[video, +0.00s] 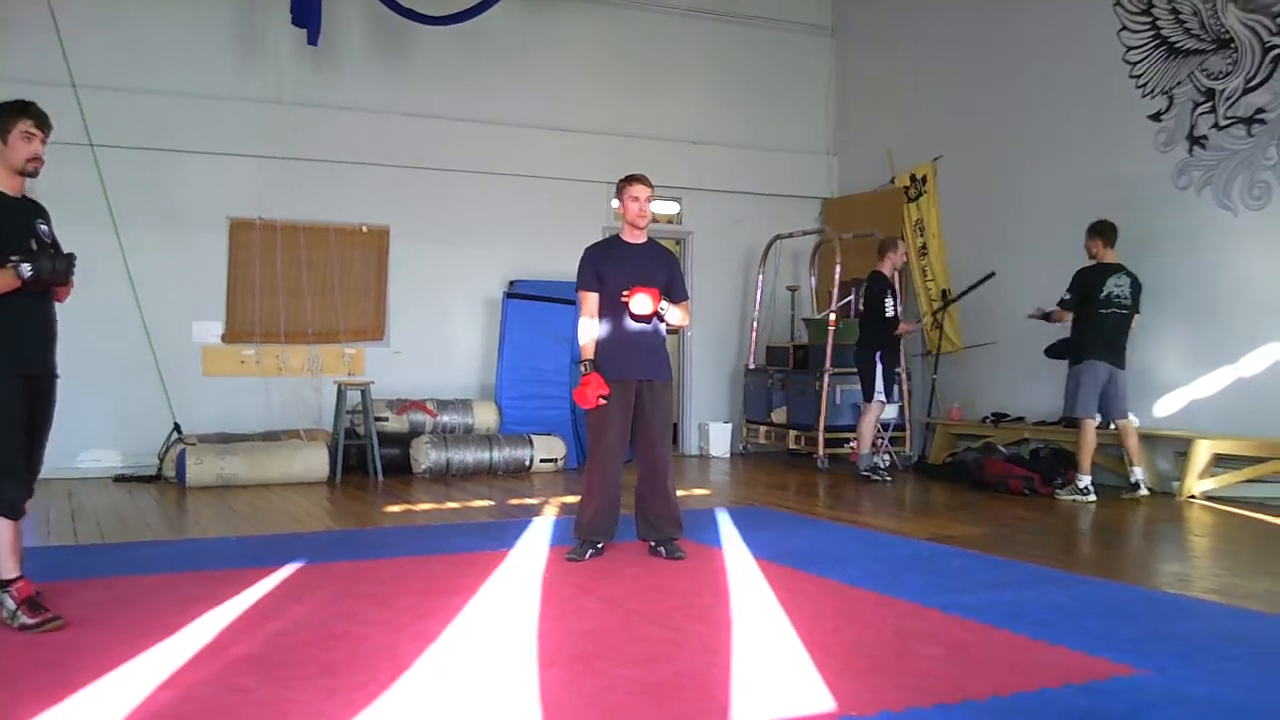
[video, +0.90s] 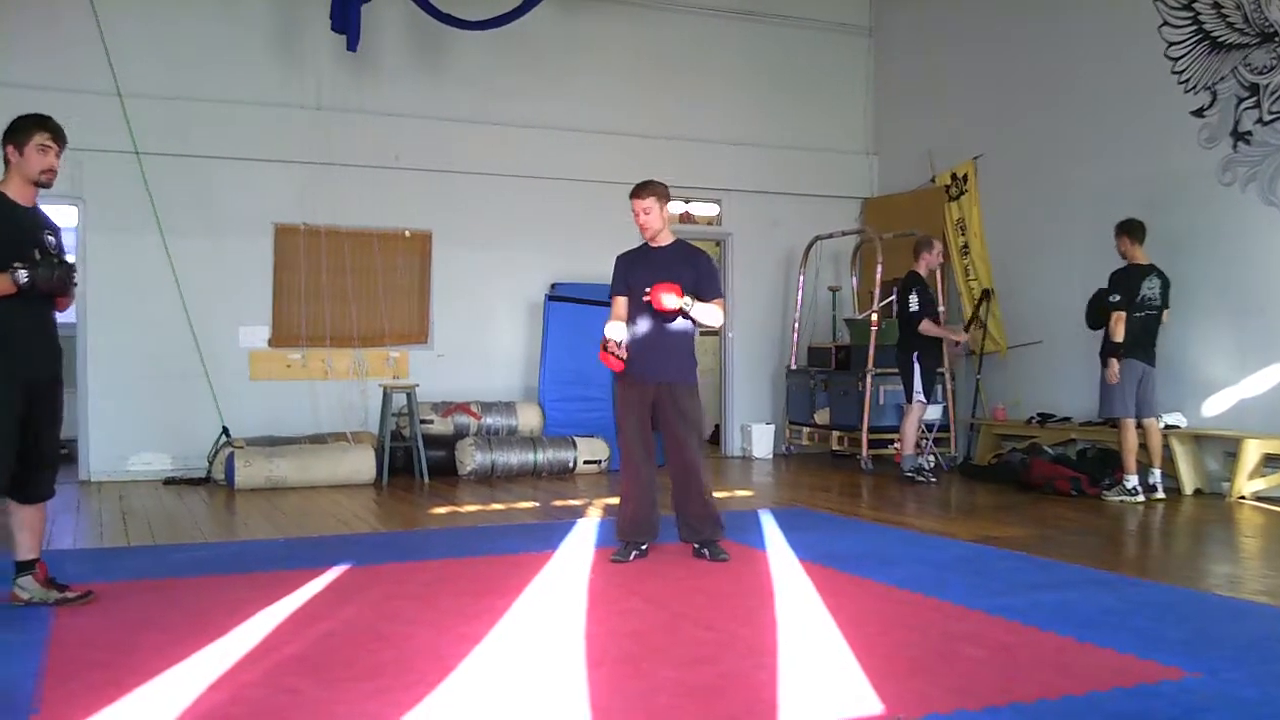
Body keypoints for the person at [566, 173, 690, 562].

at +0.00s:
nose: (641, 206)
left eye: (646, 200)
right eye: (634, 199)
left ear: (653, 207)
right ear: (619, 205)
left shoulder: (666, 258)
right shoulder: (596, 254)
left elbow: (682, 317)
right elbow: (588, 316)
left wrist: (660, 307)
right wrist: (588, 367)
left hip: (656, 372)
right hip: (611, 370)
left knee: (657, 455)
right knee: (604, 455)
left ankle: (661, 534)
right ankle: (593, 535)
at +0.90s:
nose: (640, 219)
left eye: (646, 211)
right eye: (636, 213)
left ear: (666, 210)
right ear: (634, 215)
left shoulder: (696, 258)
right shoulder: (626, 261)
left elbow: (717, 317)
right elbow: (618, 316)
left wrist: (684, 304)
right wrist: (615, 338)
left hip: (678, 375)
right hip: (632, 375)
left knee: (689, 456)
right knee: (634, 458)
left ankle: (703, 535)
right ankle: (635, 538)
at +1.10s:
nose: (695, 220)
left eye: (701, 212)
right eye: (690, 214)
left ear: (719, 212)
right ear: (688, 218)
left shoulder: (749, 261)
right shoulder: (682, 265)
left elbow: (772, 320)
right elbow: (669, 319)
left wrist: (734, 307)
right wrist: (661, 340)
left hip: (729, 379)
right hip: (685, 379)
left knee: (744, 461)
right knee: (691, 464)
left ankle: (765, 541)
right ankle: (698, 542)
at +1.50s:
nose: (671, 225)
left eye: (678, 217)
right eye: (664, 218)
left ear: (692, 212)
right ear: (656, 216)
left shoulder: (717, 256)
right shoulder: (646, 260)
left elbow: (741, 311)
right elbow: (636, 321)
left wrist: (705, 312)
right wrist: (632, 375)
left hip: (706, 373)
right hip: (662, 374)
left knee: (704, 455)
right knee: (667, 455)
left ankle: (704, 543)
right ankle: (675, 537)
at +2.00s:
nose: (725, 238)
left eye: (733, 232)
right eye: (719, 230)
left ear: (746, 222)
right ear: (710, 217)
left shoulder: (761, 264)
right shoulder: (685, 252)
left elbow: (775, 318)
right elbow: (667, 312)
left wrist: (748, 332)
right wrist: (664, 370)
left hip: (738, 385)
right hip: (691, 382)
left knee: (735, 465)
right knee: (700, 464)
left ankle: (726, 552)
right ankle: (711, 544)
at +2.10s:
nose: (741, 236)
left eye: (749, 230)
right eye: (735, 227)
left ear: (761, 220)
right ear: (725, 212)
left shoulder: (770, 261)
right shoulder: (695, 247)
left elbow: (786, 317)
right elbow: (674, 306)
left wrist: (759, 331)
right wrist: (673, 364)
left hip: (747, 383)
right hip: (700, 379)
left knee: (742, 463)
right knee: (710, 462)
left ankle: (736, 550)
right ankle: (725, 533)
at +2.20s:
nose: (738, 231)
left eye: (747, 225)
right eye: (733, 222)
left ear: (761, 216)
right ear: (724, 206)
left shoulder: (771, 260)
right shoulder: (695, 241)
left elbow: (786, 315)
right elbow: (675, 302)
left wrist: (759, 327)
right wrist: (671, 361)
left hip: (745, 381)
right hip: (696, 374)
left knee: (742, 462)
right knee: (693, 452)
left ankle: (737, 549)